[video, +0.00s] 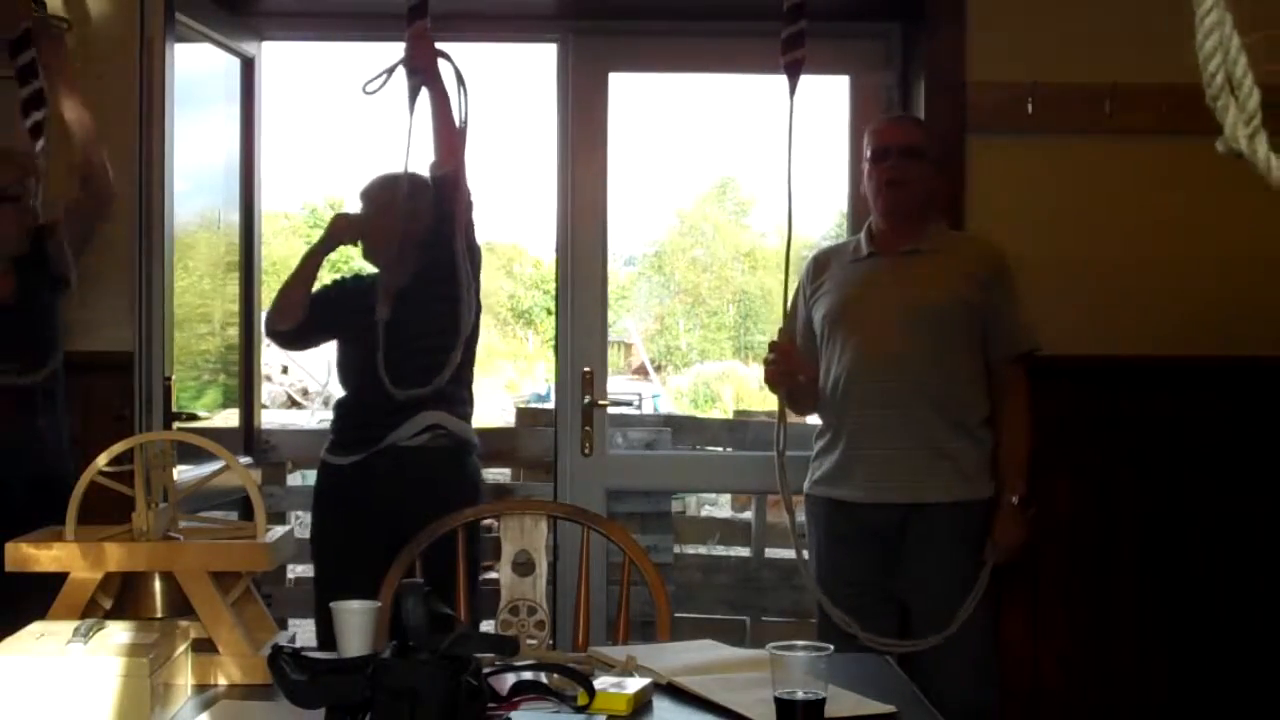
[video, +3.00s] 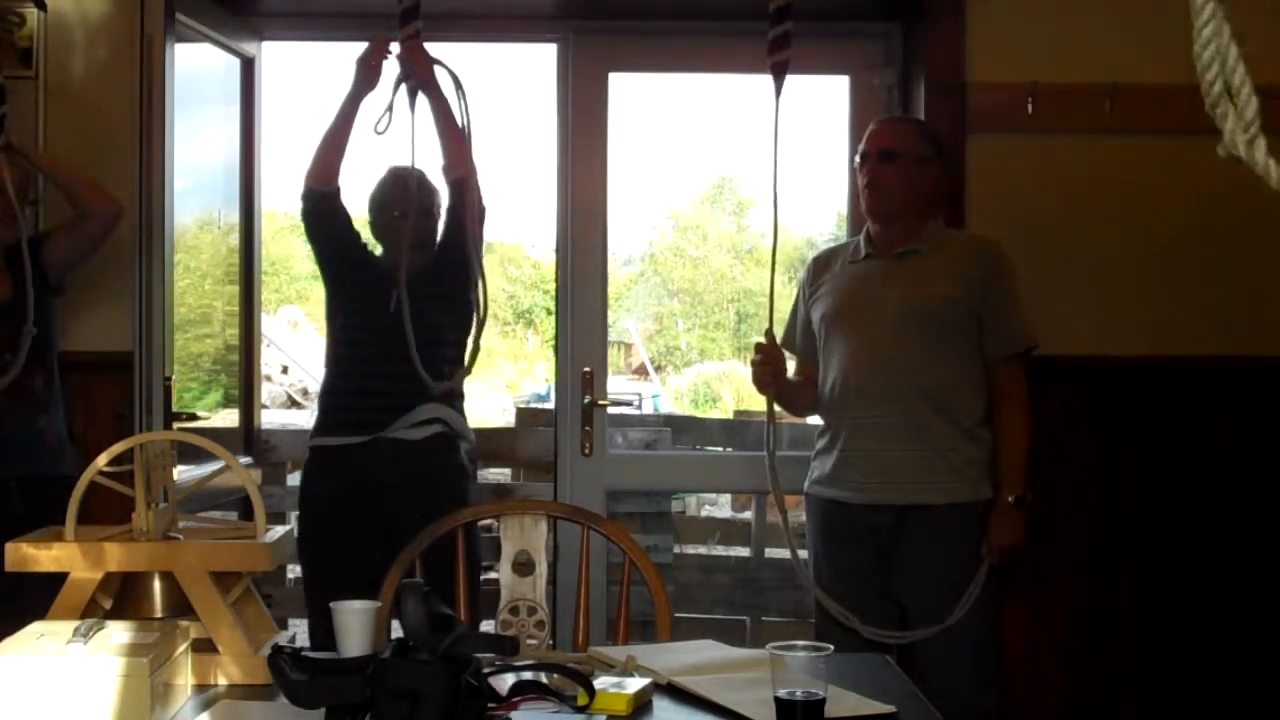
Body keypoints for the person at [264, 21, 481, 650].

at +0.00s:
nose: (362, 221)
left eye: (374, 209)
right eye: (364, 211)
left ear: (414, 220)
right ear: (371, 227)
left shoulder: (447, 282)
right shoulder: (354, 298)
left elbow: (450, 171)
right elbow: (284, 327)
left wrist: (432, 78)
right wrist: (322, 246)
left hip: (432, 471)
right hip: (351, 474)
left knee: (436, 632)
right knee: (348, 639)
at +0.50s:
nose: (389, 204)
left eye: (404, 197)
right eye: (379, 197)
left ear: (427, 218)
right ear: (367, 218)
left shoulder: (439, 280)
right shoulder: (339, 280)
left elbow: (444, 168)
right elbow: (268, 232)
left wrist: (423, 78)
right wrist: (302, 148)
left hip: (415, 473)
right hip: (332, 473)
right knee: (329, 646)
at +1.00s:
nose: (414, 191)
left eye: (427, 186)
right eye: (403, 186)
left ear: (446, 209)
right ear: (389, 211)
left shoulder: (457, 273)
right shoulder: (360, 266)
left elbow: (450, 174)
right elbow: (331, 183)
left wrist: (420, 82)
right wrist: (365, 86)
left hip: (430, 459)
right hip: (346, 459)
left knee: (441, 627)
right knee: (346, 634)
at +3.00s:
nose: (408, 213)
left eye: (418, 203)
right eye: (395, 202)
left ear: (435, 218)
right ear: (373, 220)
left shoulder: (453, 277)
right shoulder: (349, 272)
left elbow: (463, 182)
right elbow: (318, 188)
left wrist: (430, 86)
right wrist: (358, 93)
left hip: (429, 463)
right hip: (341, 463)